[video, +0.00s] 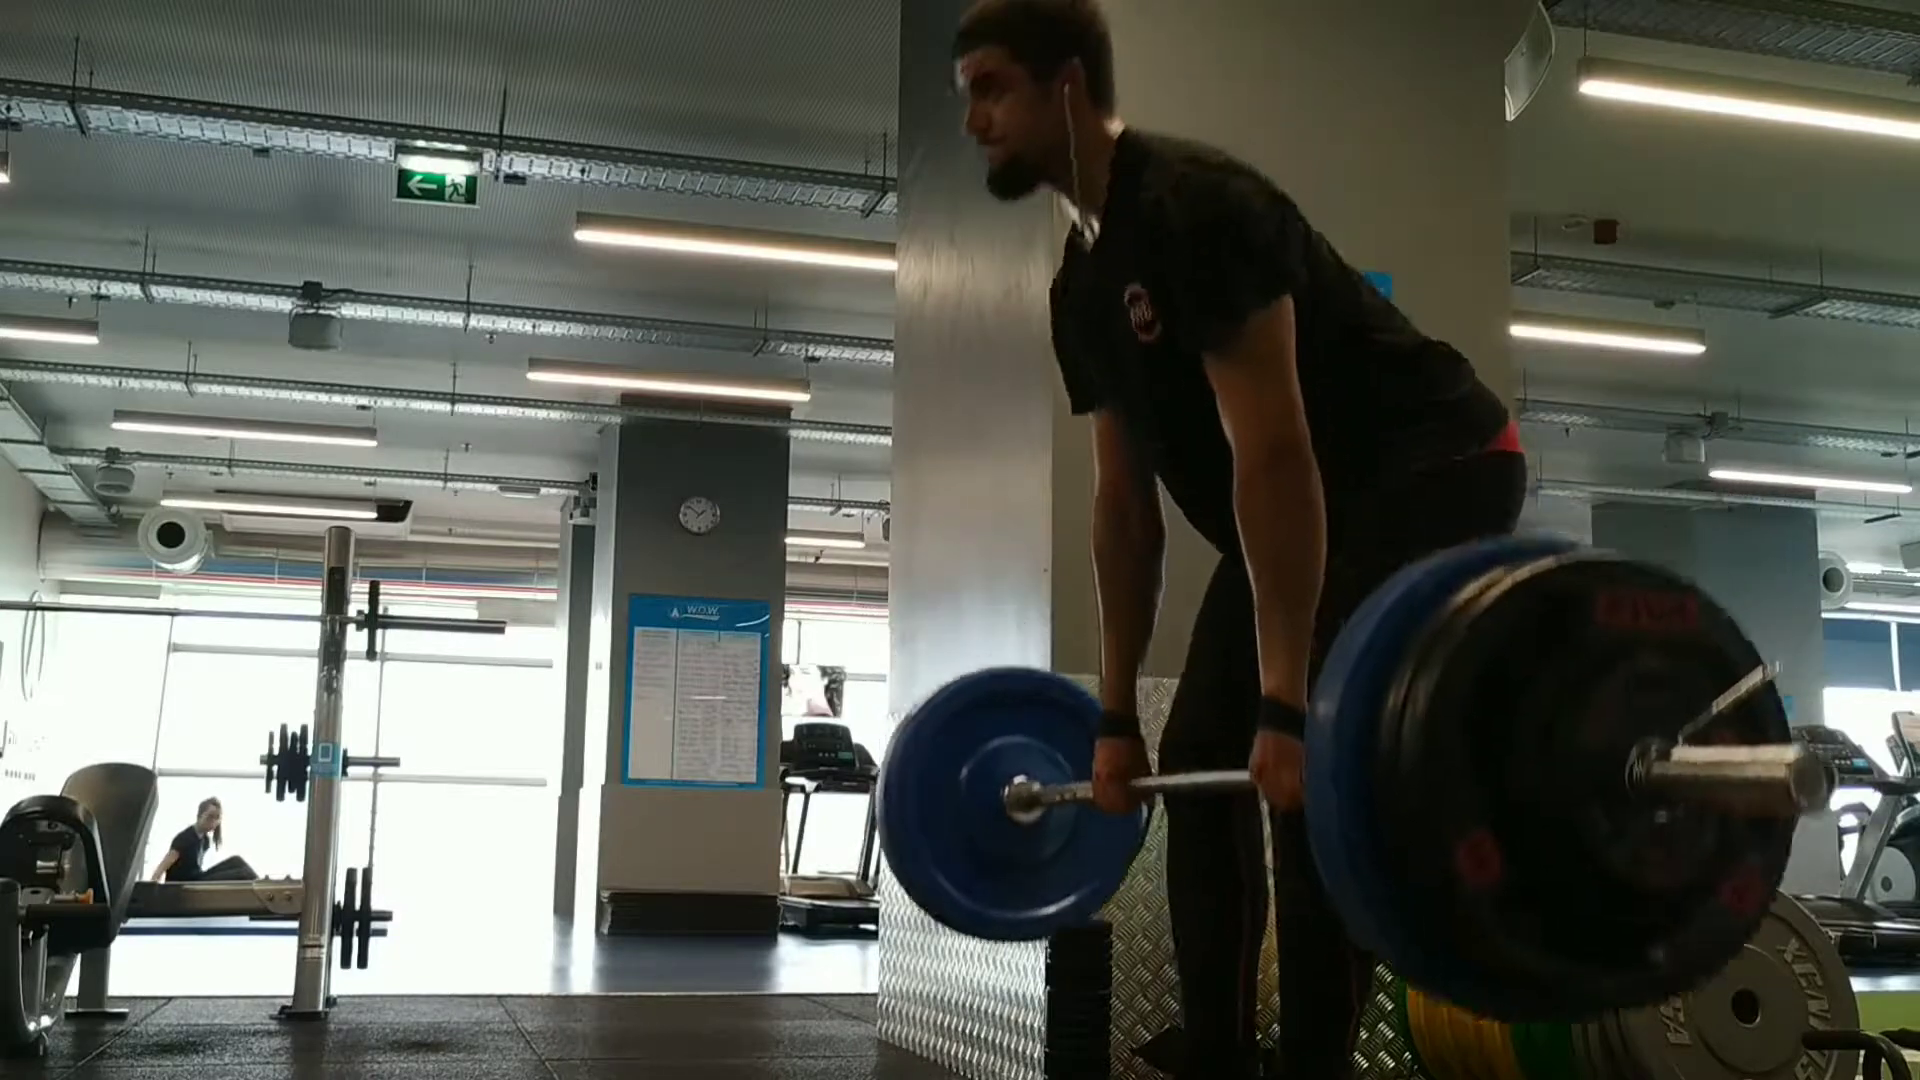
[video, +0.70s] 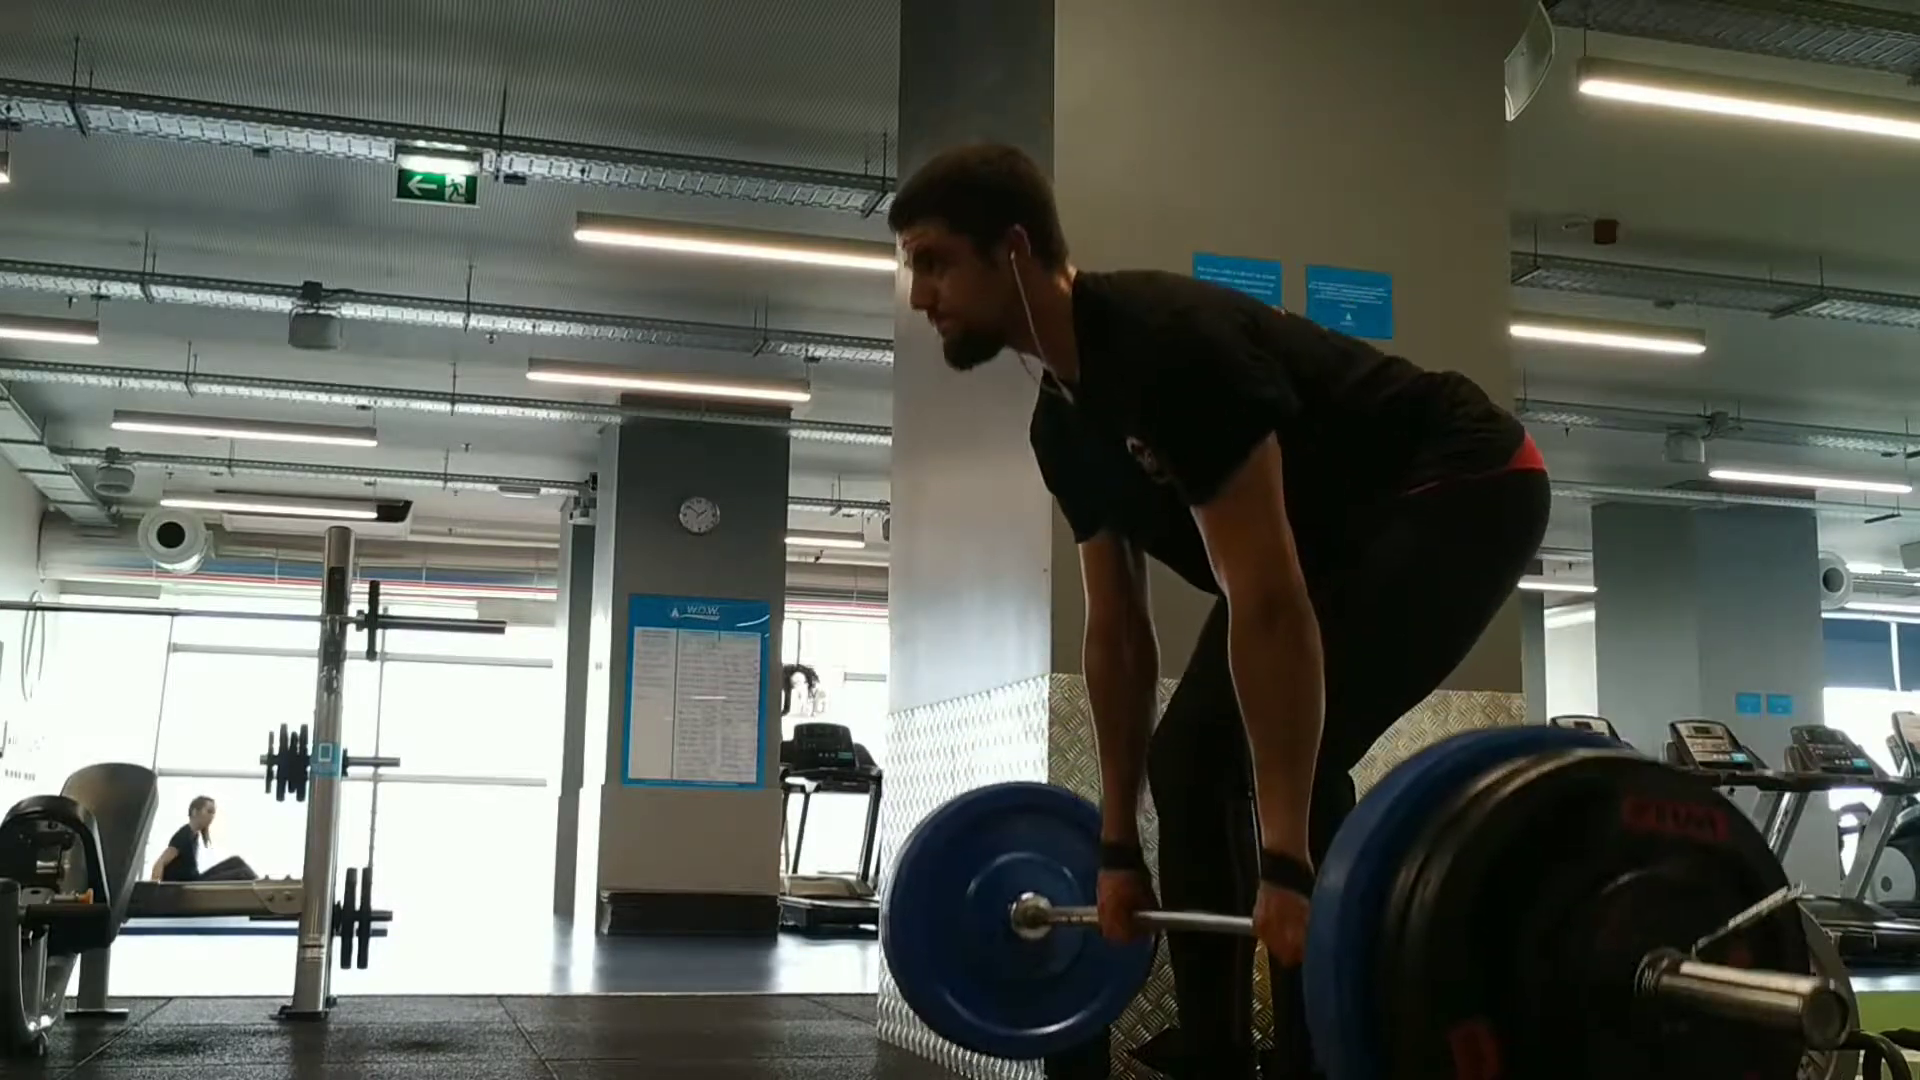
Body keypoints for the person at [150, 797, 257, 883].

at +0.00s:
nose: (213, 821)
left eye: (217, 818)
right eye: (210, 816)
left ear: (220, 821)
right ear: (200, 815)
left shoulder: (204, 839)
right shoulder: (186, 838)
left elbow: (193, 863)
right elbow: (163, 866)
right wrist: (151, 887)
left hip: (196, 879)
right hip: (184, 885)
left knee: (236, 861)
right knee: (240, 872)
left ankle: (259, 885)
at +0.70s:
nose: (212, 817)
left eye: (213, 813)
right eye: (209, 812)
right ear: (195, 812)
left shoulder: (194, 835)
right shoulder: (185, 835)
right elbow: (160, 864)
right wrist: (154, 889)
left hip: (193, 881)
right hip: (184, 888)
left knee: (235, 862)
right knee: (239, 872)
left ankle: (259, 886)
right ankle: (261, 891)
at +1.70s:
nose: (206, 816)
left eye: (207, 812)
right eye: (205, 811)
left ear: (193, 811)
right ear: (197, 810)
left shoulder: (188, 832)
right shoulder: (184, 833)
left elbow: (177, 867)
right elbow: (175, 867)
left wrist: (172, 892)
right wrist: (171, 893)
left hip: (210, 879)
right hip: (205, 884)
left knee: (254, 851)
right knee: (256, 857)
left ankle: (280, 882)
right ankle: (282, 884)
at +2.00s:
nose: (217, 820)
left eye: (218, 816)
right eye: (217, 815)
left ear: (202, 815)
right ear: (208, 815)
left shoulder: (201, 836)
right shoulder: (199, 837)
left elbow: (186, 869)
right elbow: (185, 869)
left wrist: (173, 891)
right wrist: (172, 892)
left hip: (227, 880)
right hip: (227, 883)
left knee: (267, 847)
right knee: (273, 853)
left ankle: (287, 886)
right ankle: (292, 888)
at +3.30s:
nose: (237, 823)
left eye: (237, 819)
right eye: (236, 819)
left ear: (217, 817)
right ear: (230, 819)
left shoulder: (203, 840)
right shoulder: (215, 842)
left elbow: (187, 868)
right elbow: (195, 869)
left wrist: (175, 885)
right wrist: (180, 886)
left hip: (224, 887)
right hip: (237, 887)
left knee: (276, 857)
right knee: (280, 858)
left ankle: (300, 881)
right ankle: (305, 881)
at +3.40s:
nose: (246, 822)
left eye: (246, 818)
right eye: (244, 817)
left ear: (231, 817)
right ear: (235, 817)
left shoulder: (214, 837)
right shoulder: (219, 839)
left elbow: (197, 867)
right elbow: (197, 867)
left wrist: (180, 885)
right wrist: (179, 886)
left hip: (235, 886)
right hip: (238, 888)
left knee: (281, 860)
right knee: (283, 860)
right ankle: (309, 882)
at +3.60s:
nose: (263, 821)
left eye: (264, 817)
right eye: (261, 816)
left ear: (248, 815)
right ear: (249, 814)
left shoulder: (237, 834)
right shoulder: (234, 833)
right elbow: (209, 859)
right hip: (236, 887)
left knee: (289, 868)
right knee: (291, 866)